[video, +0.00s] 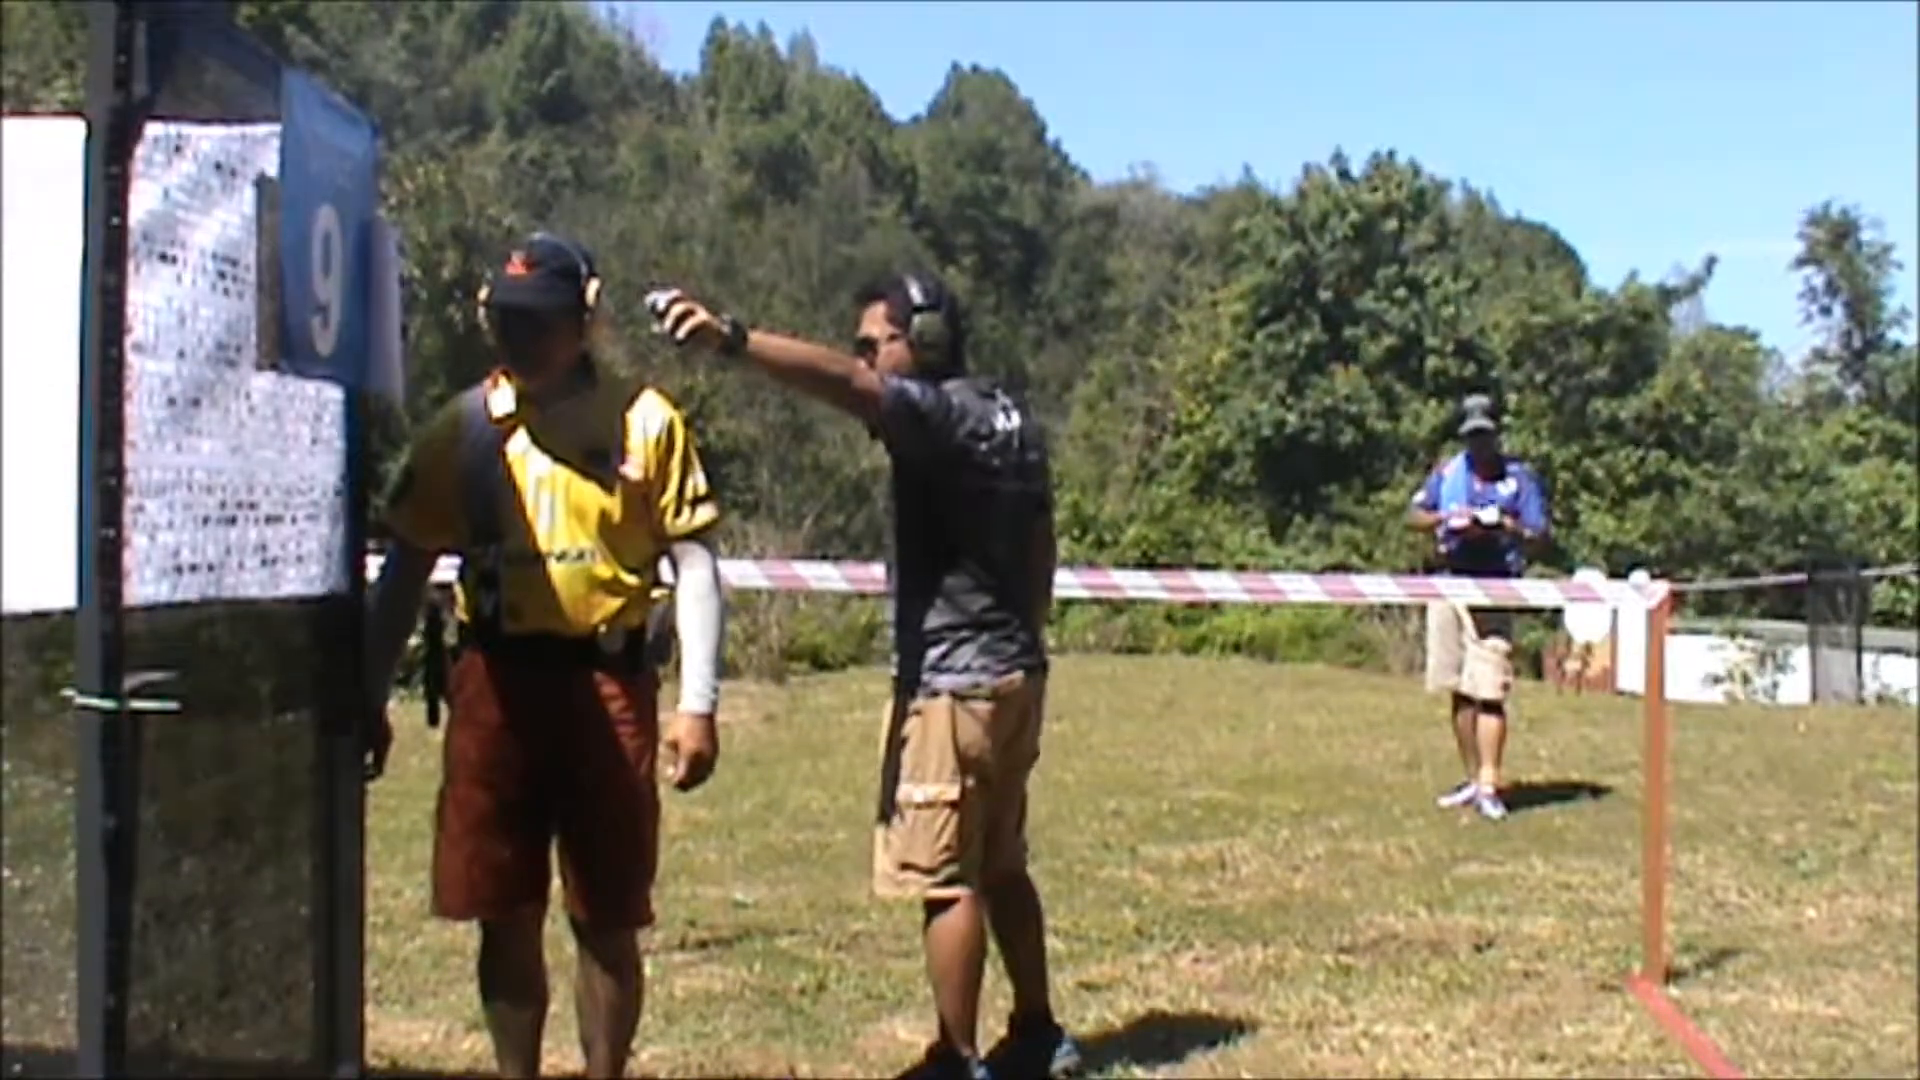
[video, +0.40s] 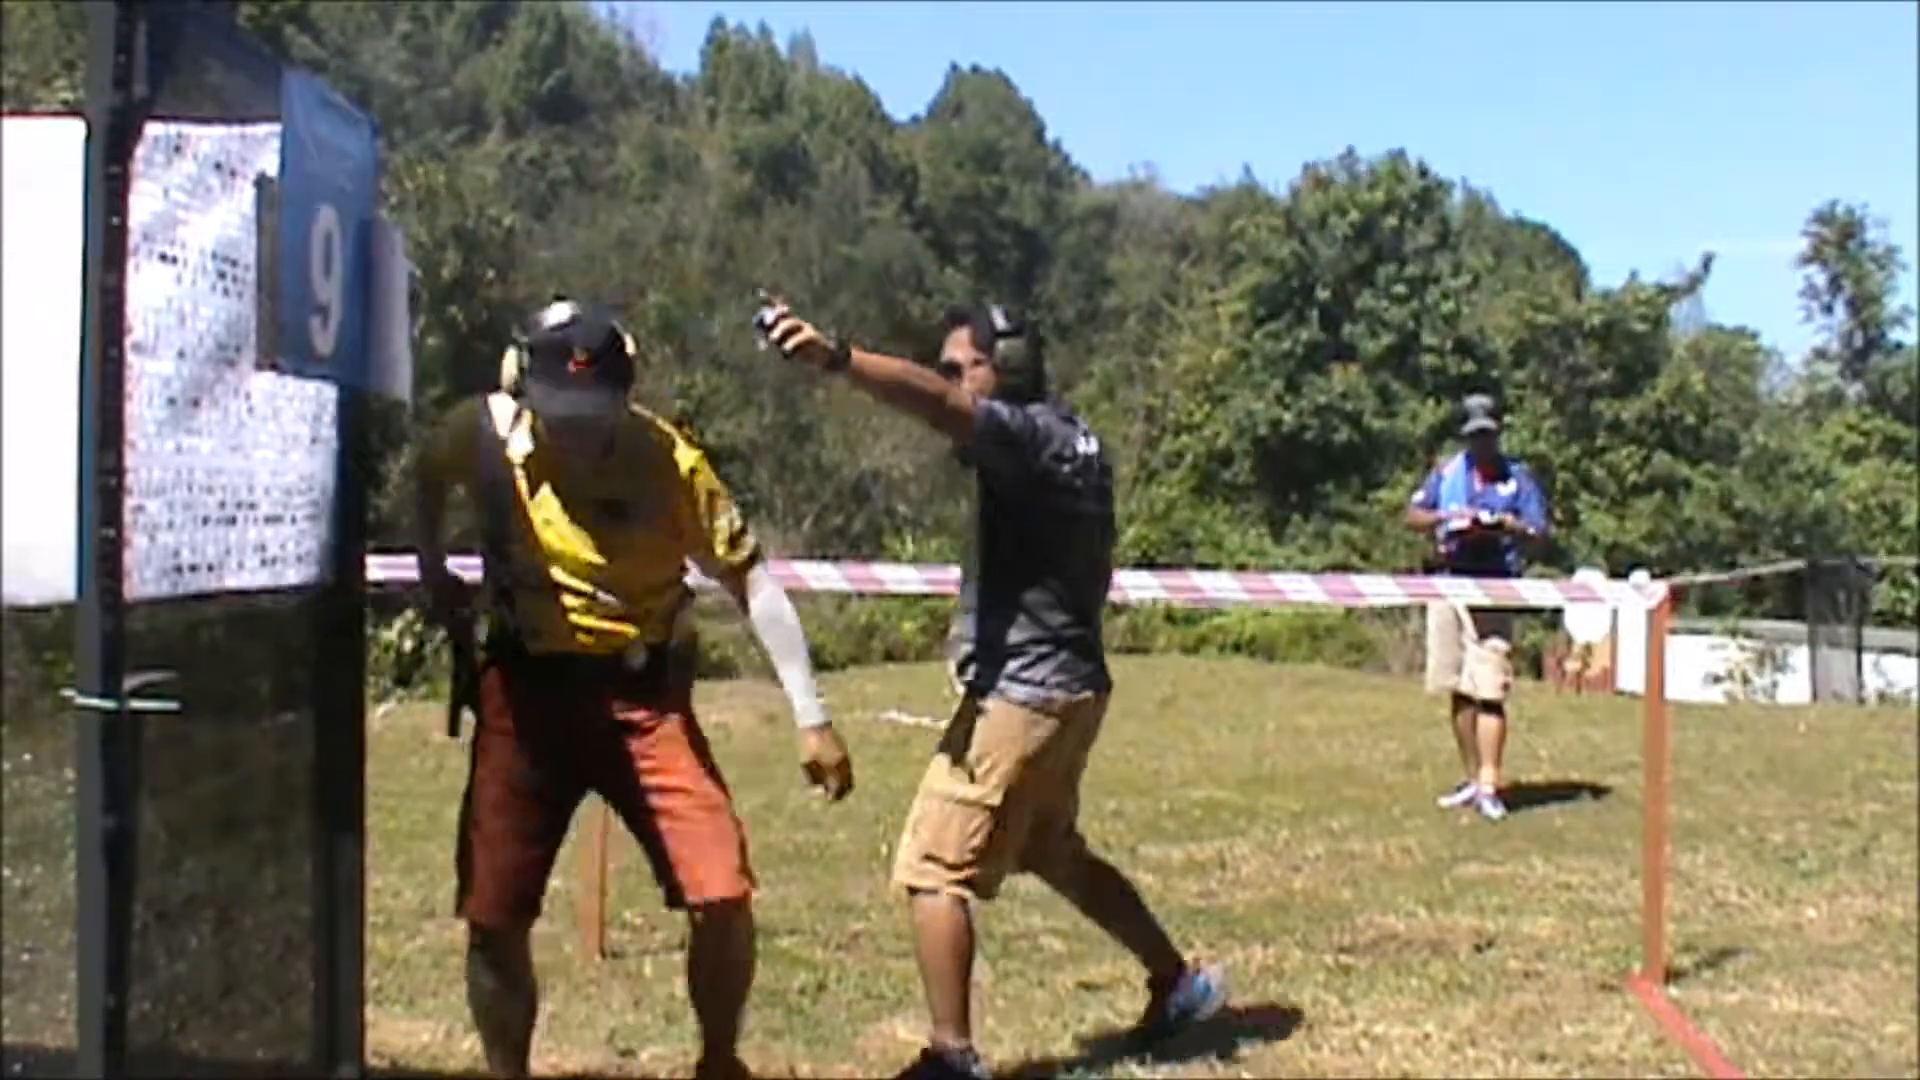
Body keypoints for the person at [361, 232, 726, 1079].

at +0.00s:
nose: (517, 340)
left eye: (537, 324)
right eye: (507, 321)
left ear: (585, 327)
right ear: (492, 319)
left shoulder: (646, 423)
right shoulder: (467, 425)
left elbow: (694, 565)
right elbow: (407, 567)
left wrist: (698, 701)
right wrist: (370, 697)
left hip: (607, 693)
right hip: (496, 693)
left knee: (607, 924)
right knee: (504, 916)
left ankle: (605, 1071)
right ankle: (518, 1072)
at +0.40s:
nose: (580, 433)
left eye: (595, 416)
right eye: (562, 416)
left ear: (624, 394)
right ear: (531, 394)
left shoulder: (671, 461)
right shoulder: (490, 432)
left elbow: (752, 583)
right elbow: (425, 475)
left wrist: (813, 718)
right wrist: (436, 583)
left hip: (645, 702)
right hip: (526, 698)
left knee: (724, 898)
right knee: (493, 922)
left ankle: (719, 1061)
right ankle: (509, 1072)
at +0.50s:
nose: (594, 453)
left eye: (610, 435)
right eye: (575, 437)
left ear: (638, 411)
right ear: (545, 413)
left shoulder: (685, 481)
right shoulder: (495, 455)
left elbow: (766, 594)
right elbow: (455, 522)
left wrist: (818, 723)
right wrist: (479, 649)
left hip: (664, 714)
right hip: (541, 712)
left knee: (757, 909)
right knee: (491, 928)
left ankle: (789, 1048)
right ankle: (503, 1071)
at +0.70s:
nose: (704, 512)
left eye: (712, 491)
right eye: (682, 500)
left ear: (726, 467)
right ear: (638, 485)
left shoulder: (772, 547)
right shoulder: (581, 514)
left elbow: (843, 644)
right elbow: (531, 551)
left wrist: (916, 759)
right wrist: (552, 665)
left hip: (736, 769)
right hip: (613, 763)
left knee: (850, 946)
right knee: (538, 957)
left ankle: (916, 1070)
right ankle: (525, 1071)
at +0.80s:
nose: (811, 500)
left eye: (826, 481)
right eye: (789, 483)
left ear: (848, 464)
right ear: (748, 466)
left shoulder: (885, 552)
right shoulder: (693, 502)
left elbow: (975, 646)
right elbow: (617, 522)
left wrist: (1063, 756)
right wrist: (635, 637)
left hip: (815, 780)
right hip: (690, 763)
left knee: (909, 951)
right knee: (583, 948)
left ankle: (927, 1072)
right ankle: (537, 1070)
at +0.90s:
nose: (863, 450)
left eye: (883, 432)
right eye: (848, 432)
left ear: (924, 430)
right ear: (830, 425)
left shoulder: (975, 534)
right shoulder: (787, 475)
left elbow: (1068, 628)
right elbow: (710, 492)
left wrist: (1157, 742)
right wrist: (721, 599)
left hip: (890, 763)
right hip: (769, 740)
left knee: (946, 961)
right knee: (648, 936)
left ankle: (954, 1076)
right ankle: (562, 1066)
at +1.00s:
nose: (949, 387)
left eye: (970, 371)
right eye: (941, 367)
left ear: (1018, 373)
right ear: (930, 365)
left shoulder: (1083, 474)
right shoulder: (895, 436)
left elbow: (1189, 561)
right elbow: (820, 467)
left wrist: (1249, 681)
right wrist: (833, 553)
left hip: (1007, 742)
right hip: (889, 719)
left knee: (1001, 958)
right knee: (810, 905)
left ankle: (970, 1070)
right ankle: (816, 1038)